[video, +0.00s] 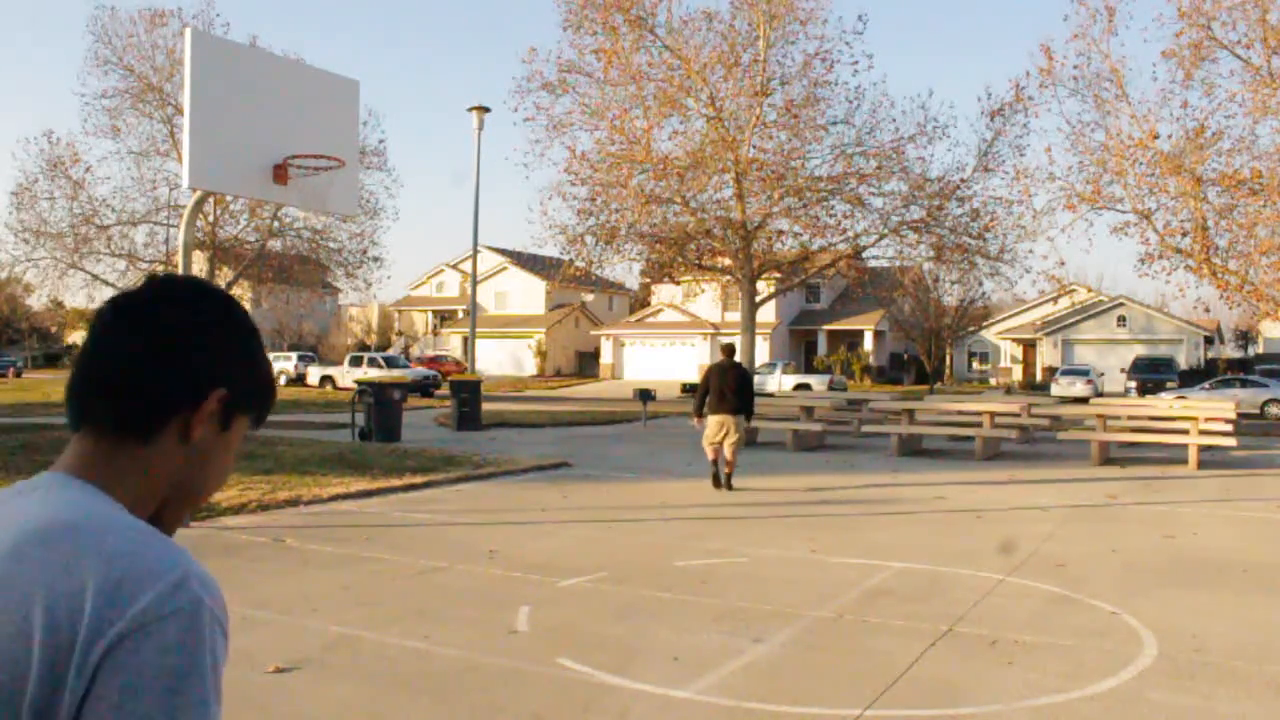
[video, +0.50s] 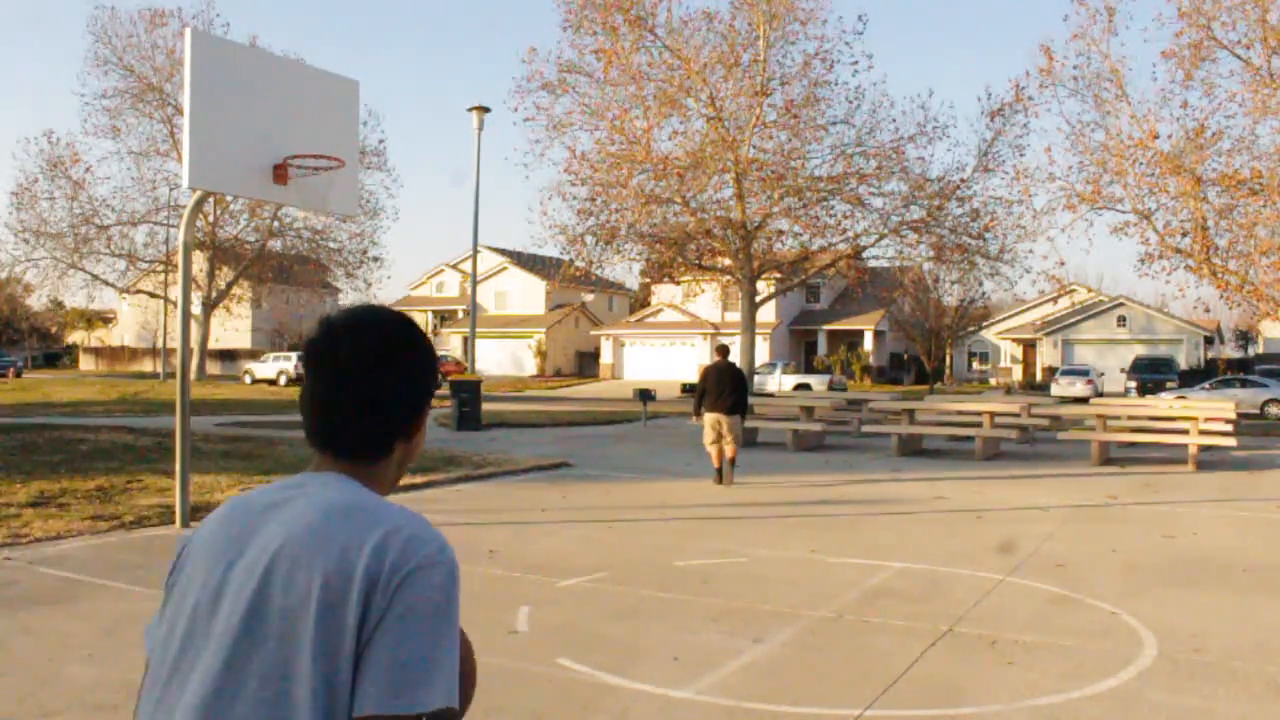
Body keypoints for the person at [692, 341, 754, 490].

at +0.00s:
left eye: (723, 352)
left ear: (721, 353)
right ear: (734, 353)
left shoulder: (713, 369)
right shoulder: (743, 371)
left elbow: (702, 392)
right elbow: (749, 395)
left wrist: (697, 412)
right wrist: (748, 416)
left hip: (716, 414)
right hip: (735, 415)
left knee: (710, 442)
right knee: (731, 448)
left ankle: (714, 465)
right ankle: (728, 478)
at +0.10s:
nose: (724, 354)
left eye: (722, 352)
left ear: (721, 352)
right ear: (734, 353)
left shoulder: (712, 369)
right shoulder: (742, 371)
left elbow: (703, 391)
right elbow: (748, 392)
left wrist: (701, 411)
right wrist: (747, 410)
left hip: (716, 413)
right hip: (734, 414)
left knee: (712, 441)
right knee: (730, 446)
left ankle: (715, 472)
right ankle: (728, 478)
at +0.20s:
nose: (725, 355)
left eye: (723, 353)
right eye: (728, 352)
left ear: (720, 353)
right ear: (733, 354)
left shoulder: (712, 369)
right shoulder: (741, 371)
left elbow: (703, 392)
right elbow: (747, 392)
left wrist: (703, 411)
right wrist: (744, 410)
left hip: (715, 412)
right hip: (733, 413)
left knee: (714, 443)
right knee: (729, 445)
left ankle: (715, 471)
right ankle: (728, 477)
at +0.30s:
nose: (724, 357)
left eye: (722, 354)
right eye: (727, 354)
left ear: (719, 355)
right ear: (732, 355)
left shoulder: (711, 371)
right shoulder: (739, 373)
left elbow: (702, 394)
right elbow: (746, 393)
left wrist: (702, 413)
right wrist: (743, 411)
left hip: (715, 413)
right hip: (733, 413)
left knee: (716, 445)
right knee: (729, 445)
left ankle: (718, 472)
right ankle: (727, 477)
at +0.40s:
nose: (721, 356)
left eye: (719, 354)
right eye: (725, 353)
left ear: (717, 354)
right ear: (730, 355)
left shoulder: (709, 371)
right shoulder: (738, 373)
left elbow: (701, 394)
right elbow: (744, 396)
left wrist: (699, 414)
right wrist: (743, 413)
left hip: (713, 413)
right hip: (732, 414)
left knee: (714, 444)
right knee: (729, 444)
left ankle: (718, 473)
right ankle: (727, 478)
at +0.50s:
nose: (718, 356)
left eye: (717, 353)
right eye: (722, 353)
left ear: (716, 354)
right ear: (728, 354)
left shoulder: (708, 370)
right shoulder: (737, 372)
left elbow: (700, 392)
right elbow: (743, 394)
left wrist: (696, 411)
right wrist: (742, 413)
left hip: (711, 412)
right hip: (731, 413)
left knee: (713, 442)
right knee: (730, 441)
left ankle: (718, 472)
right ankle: (731, 462)